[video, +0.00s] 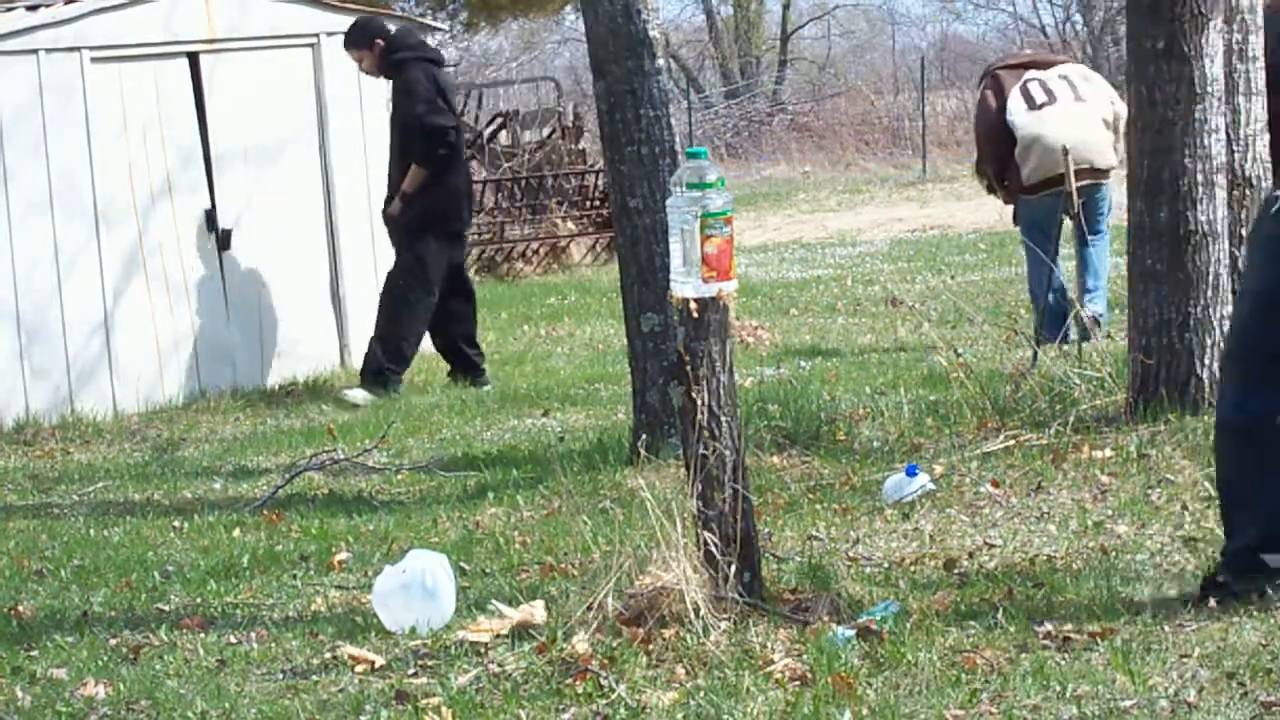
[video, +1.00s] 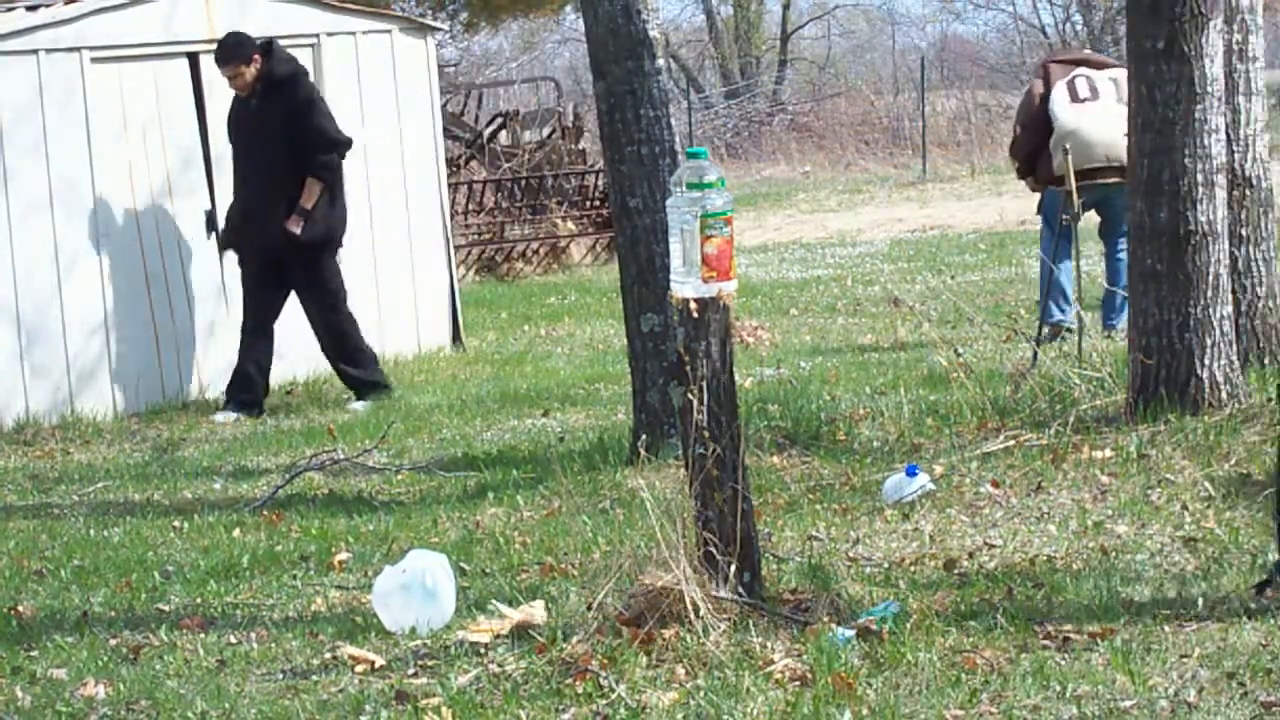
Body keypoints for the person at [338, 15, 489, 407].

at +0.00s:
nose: (360, 69)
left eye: (360, 60)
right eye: (356, 63)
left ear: (378, 47)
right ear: (378, 47)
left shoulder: (413, 74)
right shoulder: (418, 70)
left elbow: (436, 140)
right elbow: (432, 142)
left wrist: (402, 195)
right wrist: (403, 192)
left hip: (430, 211)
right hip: (441, 209)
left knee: (406, 296)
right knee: (449, 296)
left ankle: (379, 384)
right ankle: (470, 375)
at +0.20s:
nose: (335, 74)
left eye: (336, 65)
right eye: (331, 67)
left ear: (355, 53)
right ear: (355, 54)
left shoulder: (391, 78)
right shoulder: (379, 78)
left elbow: (418, 147)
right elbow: (403, 147)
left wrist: (383, 202)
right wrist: (377, 197)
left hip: (412, 214)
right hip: (406, 213)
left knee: (394, 302)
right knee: (428, 298)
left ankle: (378, 389)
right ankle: (467, 375)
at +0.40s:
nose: (312, 74)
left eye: (313, 65)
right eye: (308, 67)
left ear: (333, 53)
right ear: (332, 54)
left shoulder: (369, 79)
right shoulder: (352, 80)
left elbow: (398, 145)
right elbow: (363, 149)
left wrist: (365, 203)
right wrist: (348, 204)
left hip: (386, 214)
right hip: (368, 214)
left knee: (384, 300)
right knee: (379, 298)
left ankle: (379, 386)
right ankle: (440, 361)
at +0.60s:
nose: (293, 74)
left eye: (296, 65)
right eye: (289, 67)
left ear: (316, 52)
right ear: (303, 58)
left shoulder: (354, 80)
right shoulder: (318, 86)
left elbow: (386, 144)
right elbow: (326, 152)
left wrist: (354, 203)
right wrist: (314, 203)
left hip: (365, 218)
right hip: (329, 218)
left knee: (366, 298)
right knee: (323, 290)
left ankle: (379, 386)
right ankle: (369, 372)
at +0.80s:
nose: (269, 78)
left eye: (272, 70)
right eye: (264, 71)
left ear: (293, 57)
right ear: (272, 64)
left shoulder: (330, 82)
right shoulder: (284, 94)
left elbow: (365, 147)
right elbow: (294, 157)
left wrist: (334, 206)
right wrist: (282, 205)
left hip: (344, 223)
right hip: (301, 224)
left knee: (355, 309)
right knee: (286, 313)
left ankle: (376, 390)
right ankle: (269, 395)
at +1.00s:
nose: (232, 84)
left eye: (235, 75)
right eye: (227, 77)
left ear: (256, 62)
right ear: (228, 71)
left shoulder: (292, 89)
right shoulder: (241, 106)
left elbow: (330, 148)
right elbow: (248, 174)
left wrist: (302, 211)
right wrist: (237, 222)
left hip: (305, 229)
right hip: (261, 232)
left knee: (330, 314)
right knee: (256, 324)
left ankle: (372, 389)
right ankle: (244, 404)